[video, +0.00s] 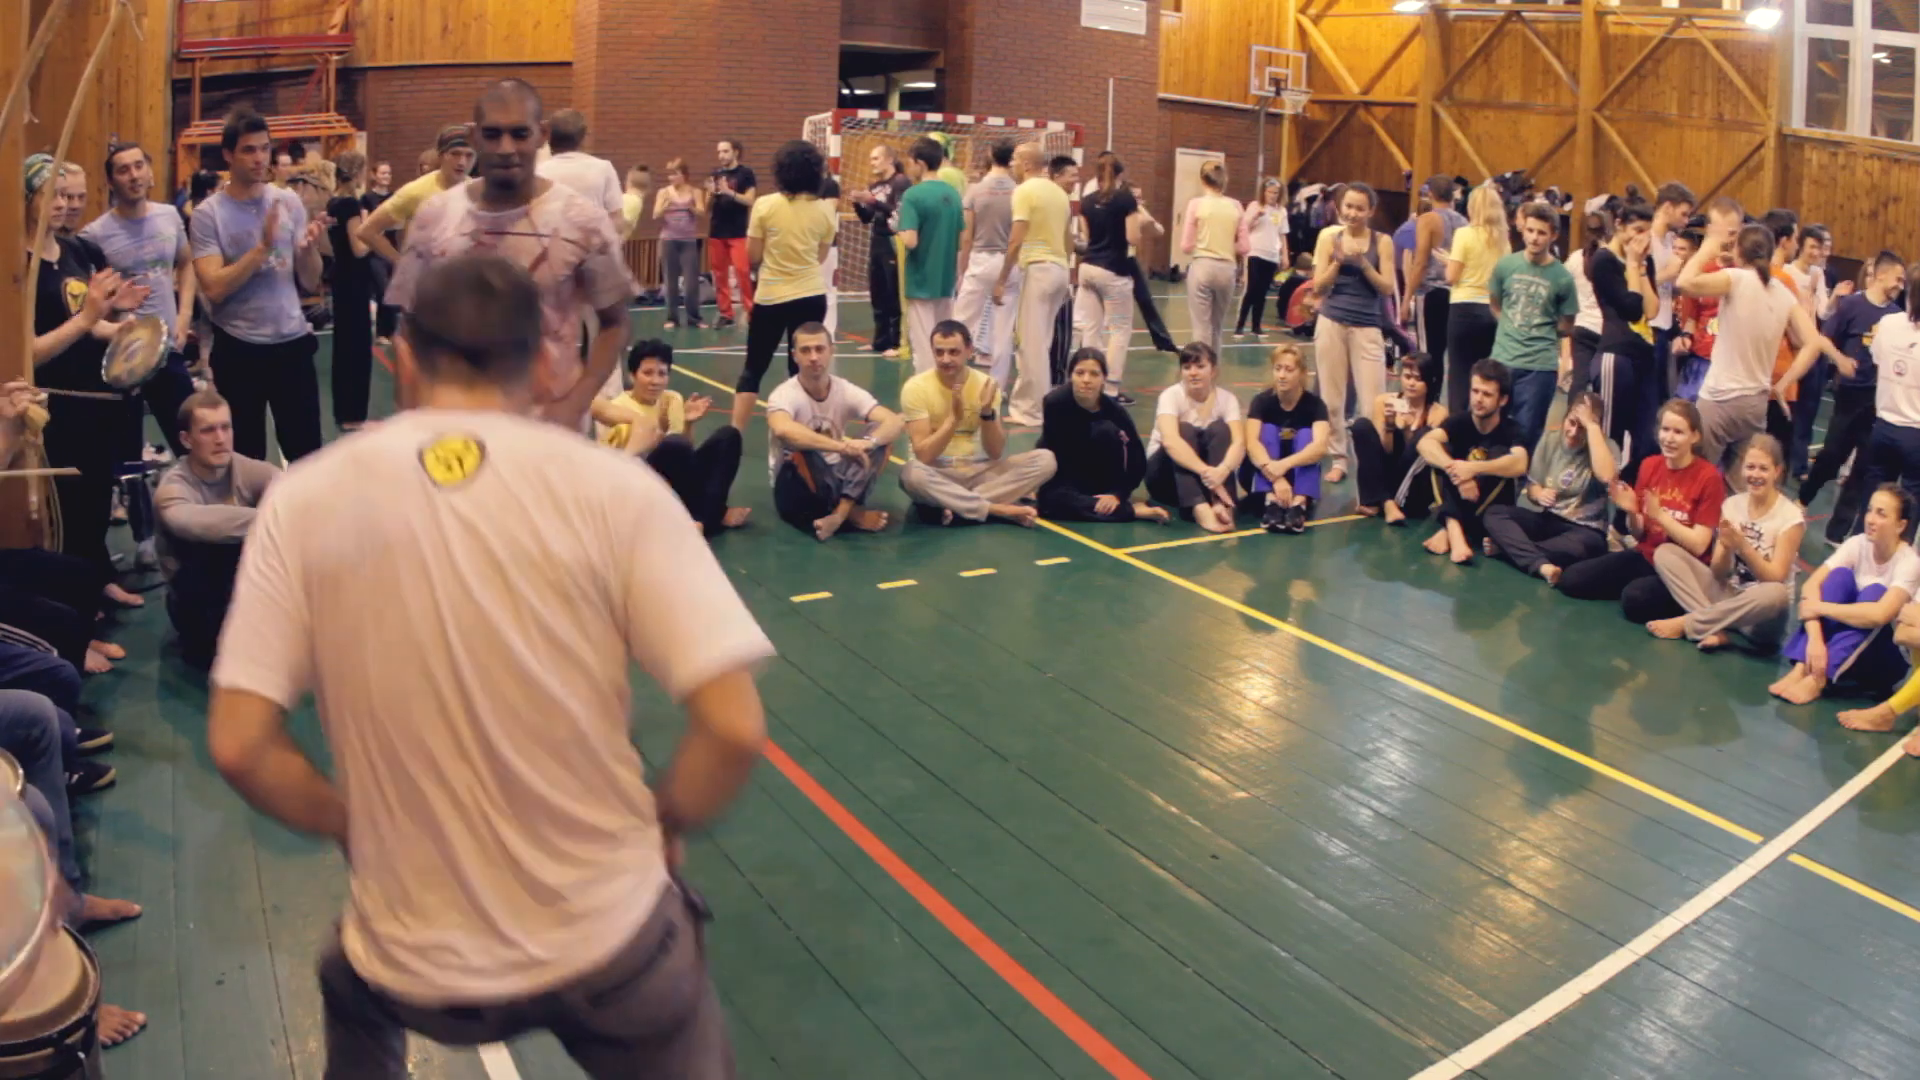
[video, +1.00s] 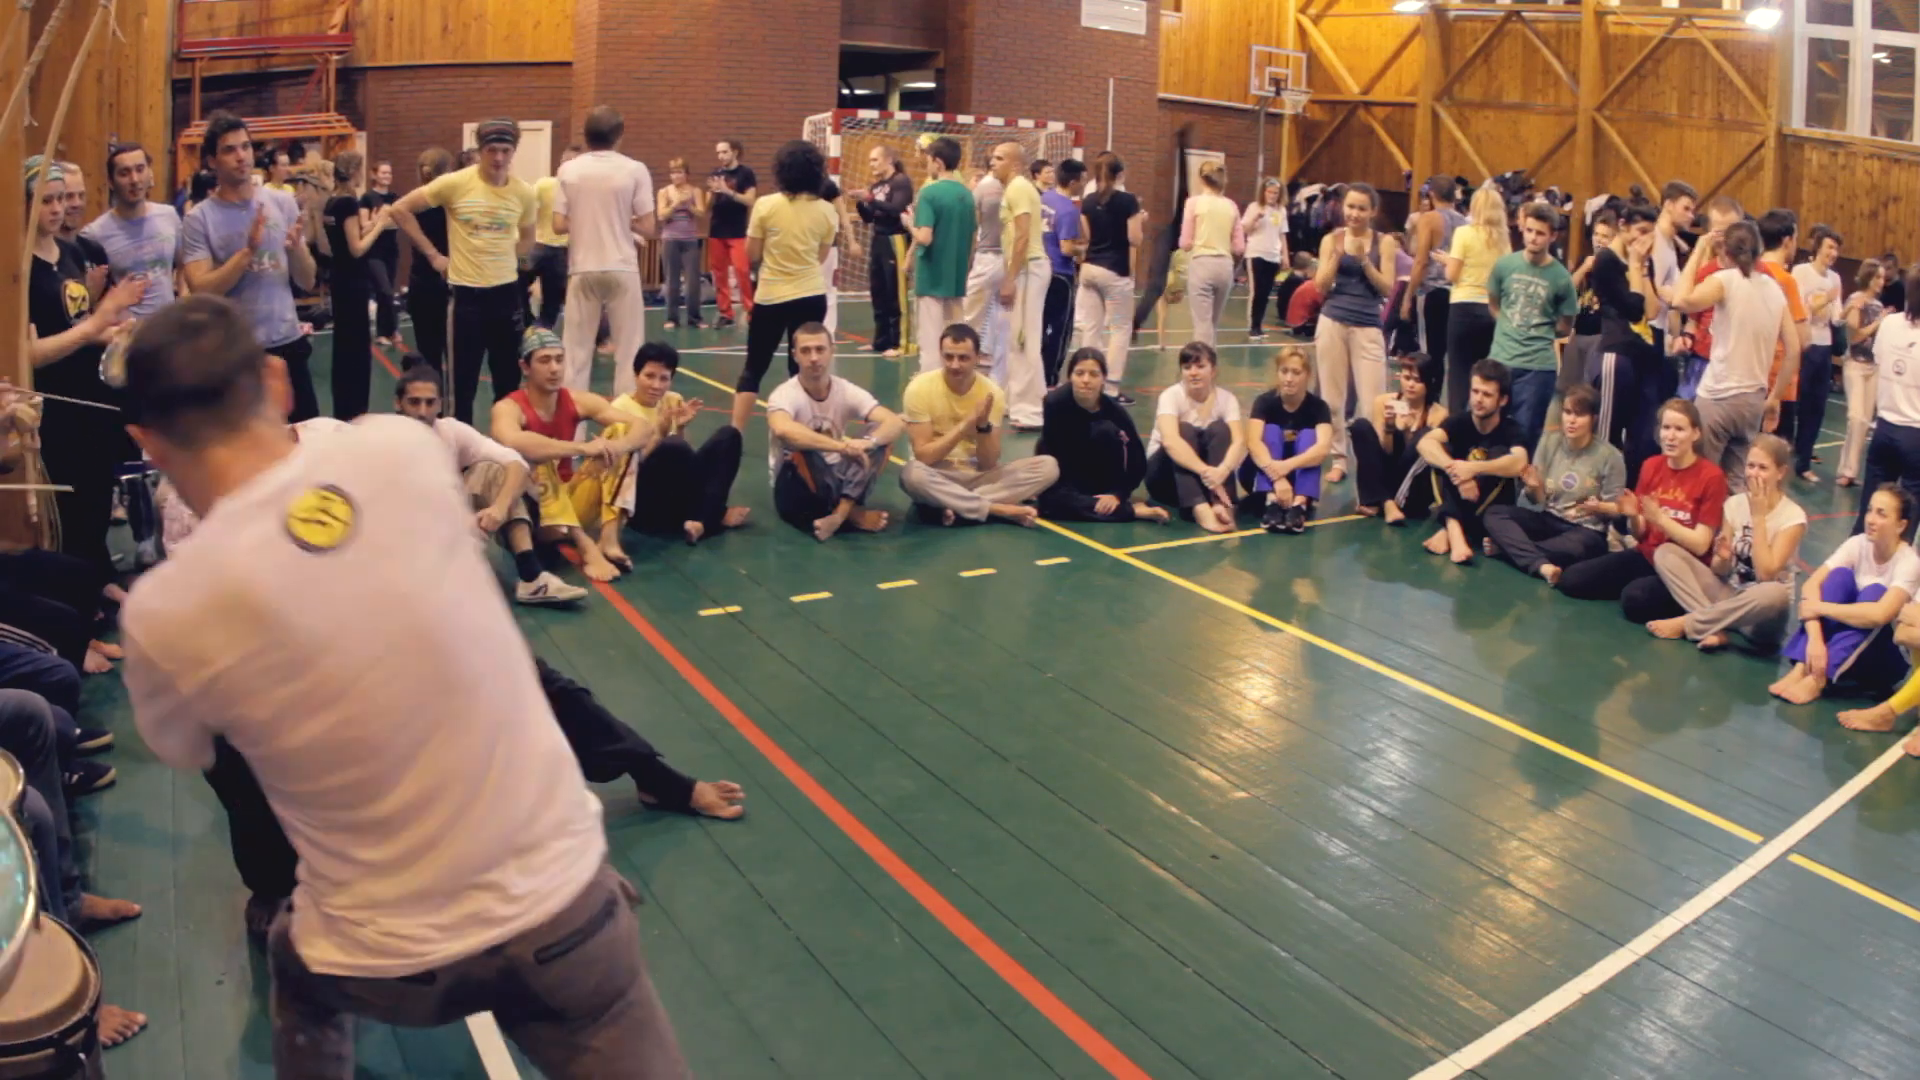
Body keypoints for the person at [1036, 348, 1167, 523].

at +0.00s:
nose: (1086, 380)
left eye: (1094, 374)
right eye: (1080, 373)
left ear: (1103, 379)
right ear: (1070, 376)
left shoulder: (1114, 411)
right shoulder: (1055, 404)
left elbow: (1138, 462)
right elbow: (1050, 451)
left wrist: (1117, 495)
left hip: (1104, 480)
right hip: (1067, 480)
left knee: (1106, 431)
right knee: (1050, 503)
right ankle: (1129, 512)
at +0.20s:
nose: (1086, 380)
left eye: (1094, 374)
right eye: (1080, 373)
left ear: (1103, 379)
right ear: (1070, 377)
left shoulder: (1114, 411)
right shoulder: (1056, 405)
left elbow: (1138, 461)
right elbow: (1048, 449)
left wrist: (1117, 495)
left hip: (1104, 481)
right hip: (1068, 481)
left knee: (1106, 431)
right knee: (1050, 503)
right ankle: (1130, 512)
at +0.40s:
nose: (1086, 380)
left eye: (1094, 375)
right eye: (1080, 374)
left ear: (1103, 379)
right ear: (1070, 377)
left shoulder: (1114, 410)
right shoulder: (1055, 405)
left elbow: (1138, 462)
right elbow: (1049, 451)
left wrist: (1117, 495)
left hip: (1104, 481)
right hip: (1068, 481)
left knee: (1105, 431)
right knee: (1051, 503)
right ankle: (1129, 512)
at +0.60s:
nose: (1086, 380)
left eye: (1094, 375)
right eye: (1080, 374)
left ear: (1103, 379)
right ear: (1070, 377)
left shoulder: (1114, 410)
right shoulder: (1055, 406)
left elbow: (1138, 461)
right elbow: (1048, 450)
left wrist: (1117, 495)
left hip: (1104, 481)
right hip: (1068, 481)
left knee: (1105, 431)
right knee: (1051, 503)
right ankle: (1130, 512)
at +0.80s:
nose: (1086, 380)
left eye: (1093, 374)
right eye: (1080, 374)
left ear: (1103, 379)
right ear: (1070, 377)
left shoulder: (1114, 411)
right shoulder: (1055, 404)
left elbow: (1138, 462)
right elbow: (1048, 446)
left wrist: (1117, 495)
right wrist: (1035, 484)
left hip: (1104, 480)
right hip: (1067, 480)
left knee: (1105, 431)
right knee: (1051, 503)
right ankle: (1130, 512)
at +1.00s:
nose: (1086, 380)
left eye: (1093, 374)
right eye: (1080, 374)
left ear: (1103, 379)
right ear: (1070, 377)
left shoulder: (1114, 411)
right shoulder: (1055, 404)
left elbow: (1138, 462)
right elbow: (1047, 450)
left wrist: (1117, 495)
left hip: (1104, 481)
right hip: (1068, 481)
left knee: (1105, 431)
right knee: (1050, 503)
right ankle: (1130, 512)